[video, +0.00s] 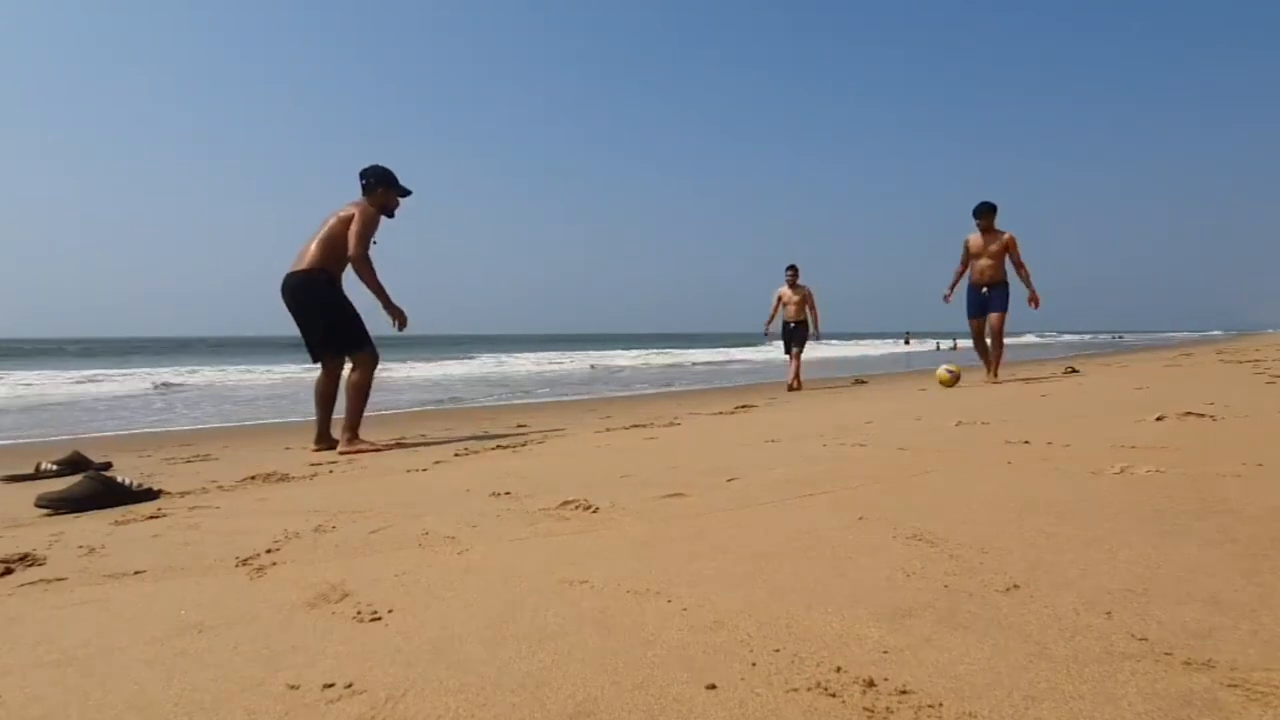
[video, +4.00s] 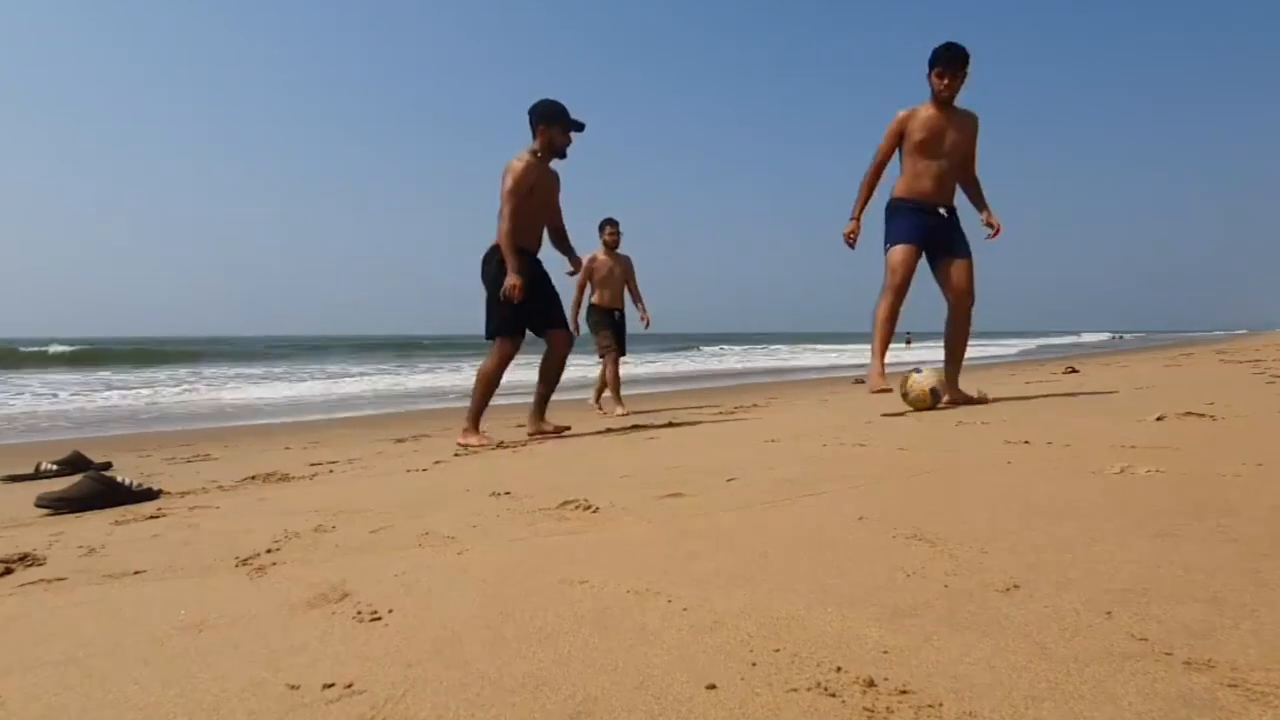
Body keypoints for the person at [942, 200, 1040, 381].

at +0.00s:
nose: (978, 222)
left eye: (982, 219)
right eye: (976, 219)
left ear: (992, 218)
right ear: (975, 219)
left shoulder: (1006, 239)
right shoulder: (970, 241)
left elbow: (1019, 266)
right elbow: (963, 266)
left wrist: (1031, 290)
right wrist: (951, 288)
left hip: (997, 286)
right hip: (975, 287)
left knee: (995, 329)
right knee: (976, 335)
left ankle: (993, 372)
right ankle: (988, 367)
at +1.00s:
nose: (858, 191)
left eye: (863, 186)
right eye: (857, 187)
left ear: (876, 188)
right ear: (858, 190)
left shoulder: (885, 212)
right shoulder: (866, 215)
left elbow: (894, 246)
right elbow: (868, 248)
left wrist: (871, 272)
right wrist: (862, 271)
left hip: (884, 272)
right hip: (866, 273)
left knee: (874, 326)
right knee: (856, 324)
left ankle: (910, 369)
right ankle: (858, 382)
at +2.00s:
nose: (745, 197)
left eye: (749, 192)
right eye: (744, 192)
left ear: (762, 191)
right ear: (745, 193)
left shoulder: (780, 217)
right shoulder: (741, 221)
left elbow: (810, 242)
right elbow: (713, 246)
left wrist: (844, 256)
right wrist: (677, 255)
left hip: (771, 281)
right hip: (749, 281)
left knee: (747, 333)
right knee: (722, 334)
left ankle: (747, 391)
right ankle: (756, 356)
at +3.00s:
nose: (844, 198)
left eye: (848, 193)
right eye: (839, 193)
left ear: (852, 194)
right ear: (829, 193)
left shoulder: (851, 222)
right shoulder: (815, 220)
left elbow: (852, 256)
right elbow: (790, 251)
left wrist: (867, 277)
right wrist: (790, 287)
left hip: (831, 285)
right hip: (806, 284)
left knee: (841, 339)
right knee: (809, 340)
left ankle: (829, 391)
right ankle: (784, 375)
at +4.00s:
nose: (946, 82)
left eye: (953, 76)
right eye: (940, 75)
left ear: (963, 79)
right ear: (929, 76)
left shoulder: (968, 123)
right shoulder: (908, 119)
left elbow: (967, 174)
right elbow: (876, 169)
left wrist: (984, 210)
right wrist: (856, 218)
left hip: (945, 216)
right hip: (907, 211)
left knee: (963, 294)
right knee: (897, 281)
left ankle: (951, 387)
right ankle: (877, 372)